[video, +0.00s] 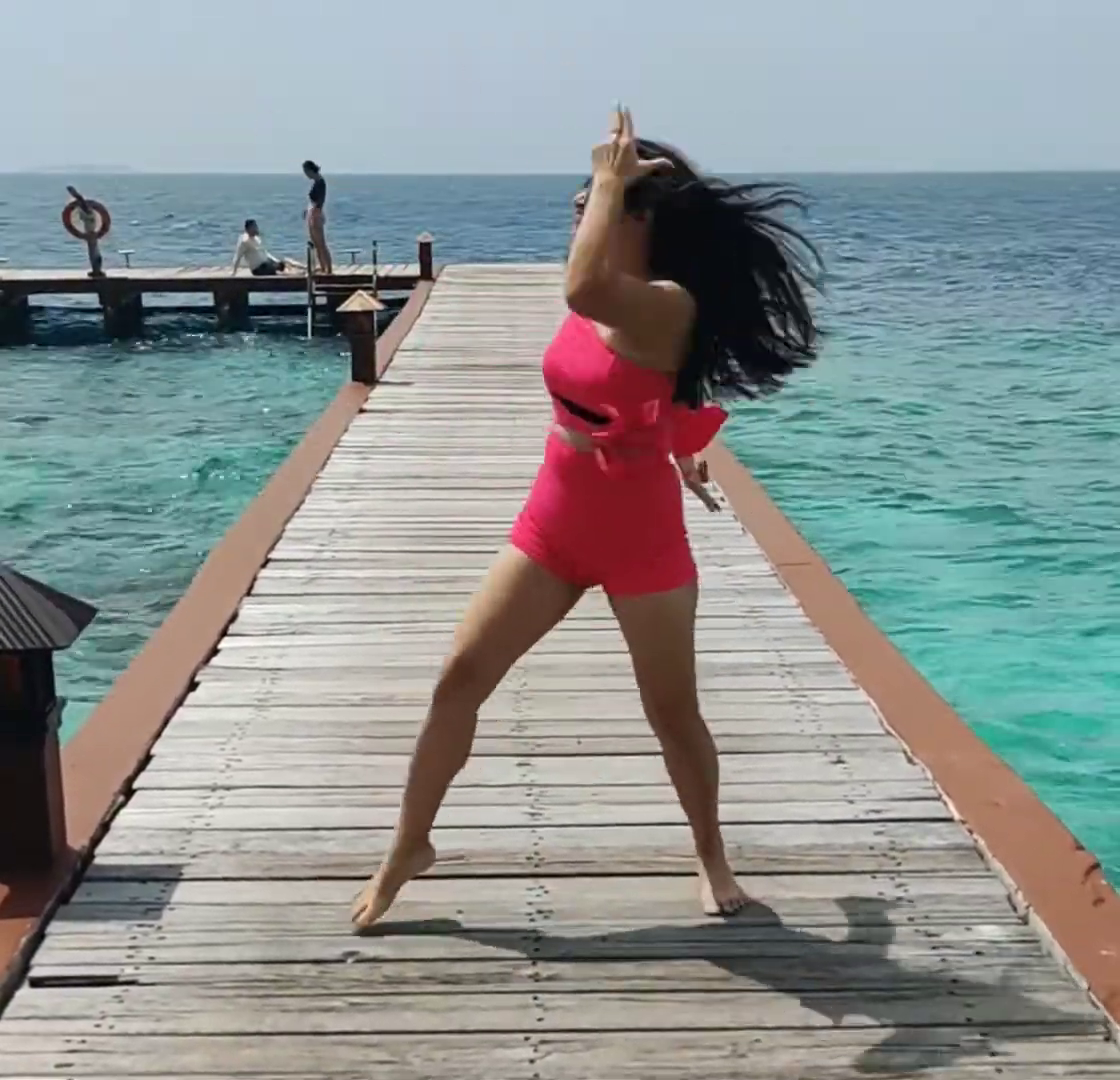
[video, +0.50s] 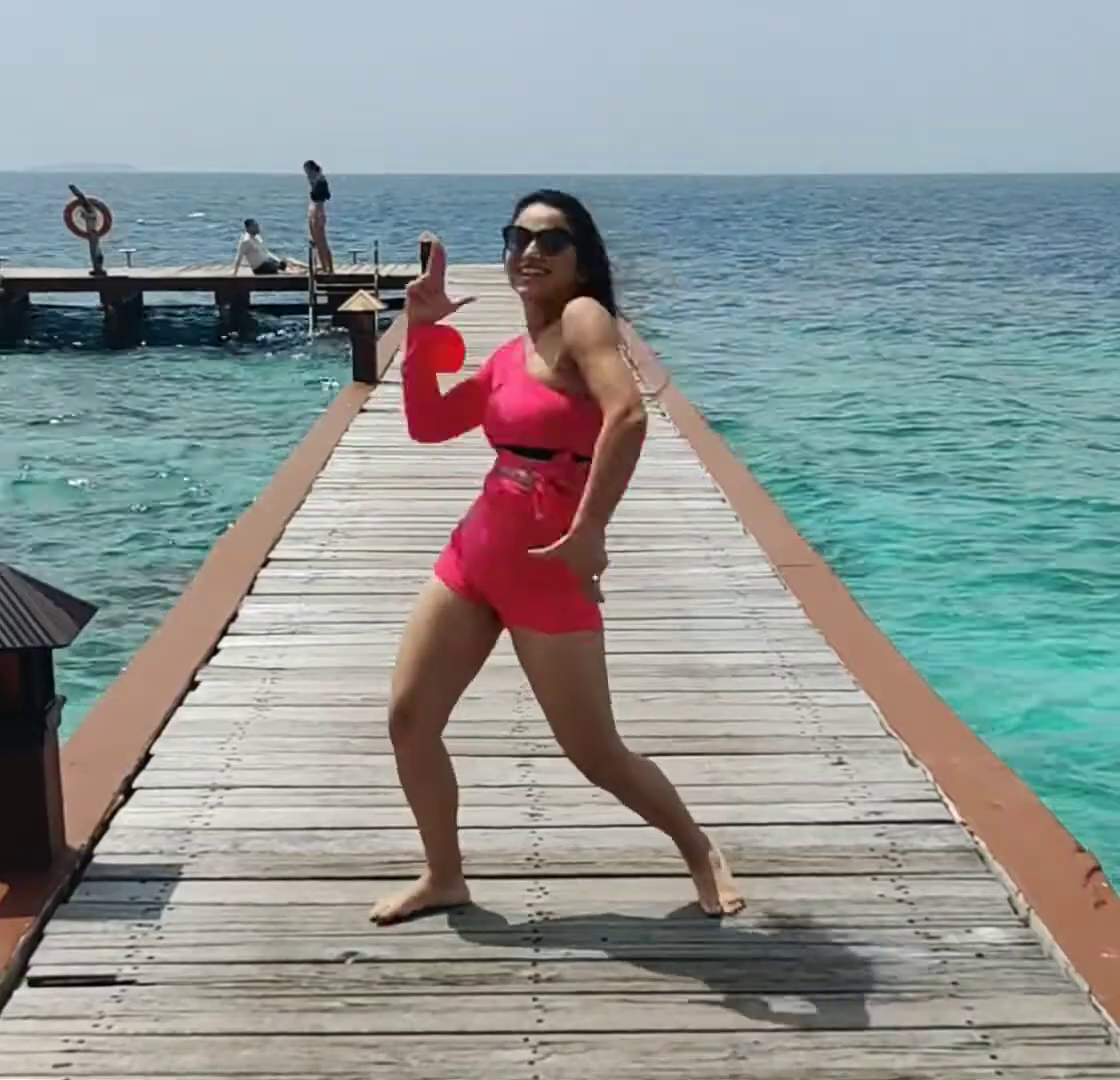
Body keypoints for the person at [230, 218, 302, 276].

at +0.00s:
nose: (256, 229)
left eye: (256, 227)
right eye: (253, 228)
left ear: (256, 228)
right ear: (247, 229)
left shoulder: (256, 238)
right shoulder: (244, 241)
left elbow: (265, 253)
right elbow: (237, 258)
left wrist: (276, 262)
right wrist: (234, 273)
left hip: (266, 263)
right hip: (258, 268)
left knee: (286, 261)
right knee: (285, 269)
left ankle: (306, 268)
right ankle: (304, 274)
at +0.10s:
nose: (256, 229)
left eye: (256, 226)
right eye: (254, 227)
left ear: (256, 227)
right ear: (248, 229)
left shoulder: (257, 237)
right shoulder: (244, 241)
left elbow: (265, 252)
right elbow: (238, 257)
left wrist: (277, 261)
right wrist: (234, 273)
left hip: (266, 262)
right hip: (259, 267)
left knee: (288, 261)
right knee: (286, 269)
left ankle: (307, 267)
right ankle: (305, 273)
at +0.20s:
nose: (257, 228)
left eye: (256, 226)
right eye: (254, 226)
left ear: (257, 226)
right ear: (248, 228)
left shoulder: (257, 237)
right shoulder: (245, 241)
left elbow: (265, 252)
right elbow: (238, 257)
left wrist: (278, 261)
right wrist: (234, 272)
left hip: (266, 261)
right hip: (259, 267)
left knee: (288, 260)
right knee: (286, 268)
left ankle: (307, 267)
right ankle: (305, 273)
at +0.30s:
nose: (257, 228)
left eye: (257, 225)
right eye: (254, 226)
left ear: (257, 226)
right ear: (249, 228)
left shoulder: (257, 237)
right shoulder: (245, 241)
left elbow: (266, 252)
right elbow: (239, 257)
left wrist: (278, 260)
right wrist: (235, 272)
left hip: (267, 261)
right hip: (259, 267)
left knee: (288, 260)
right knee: (286, 268)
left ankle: (308, 267)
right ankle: (305, 273)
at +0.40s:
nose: (257, 227)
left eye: (257, 225)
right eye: (255, 225)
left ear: (256, 226)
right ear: (249, 228)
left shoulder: (257, 237)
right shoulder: (245, 241)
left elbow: (266, 252)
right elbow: (239, 258)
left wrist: (278, 261)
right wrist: (235, 273)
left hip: (267, 261)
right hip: (260, 267)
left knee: (288, 261)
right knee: (286, 269)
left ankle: (310, 267)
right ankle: (305, 273)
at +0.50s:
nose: (257, 228)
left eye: (257, 225)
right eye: (254, 226)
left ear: (257, 227)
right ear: (248, 228)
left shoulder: (257, 237)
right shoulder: (245, 241)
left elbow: (266, 252)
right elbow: (239, 258)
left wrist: (278, 261)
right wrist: (235, 273)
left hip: (267, 261)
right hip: (260, 267)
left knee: (289, 262)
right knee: (286, 269)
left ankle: (310, 267)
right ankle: (306, 273)